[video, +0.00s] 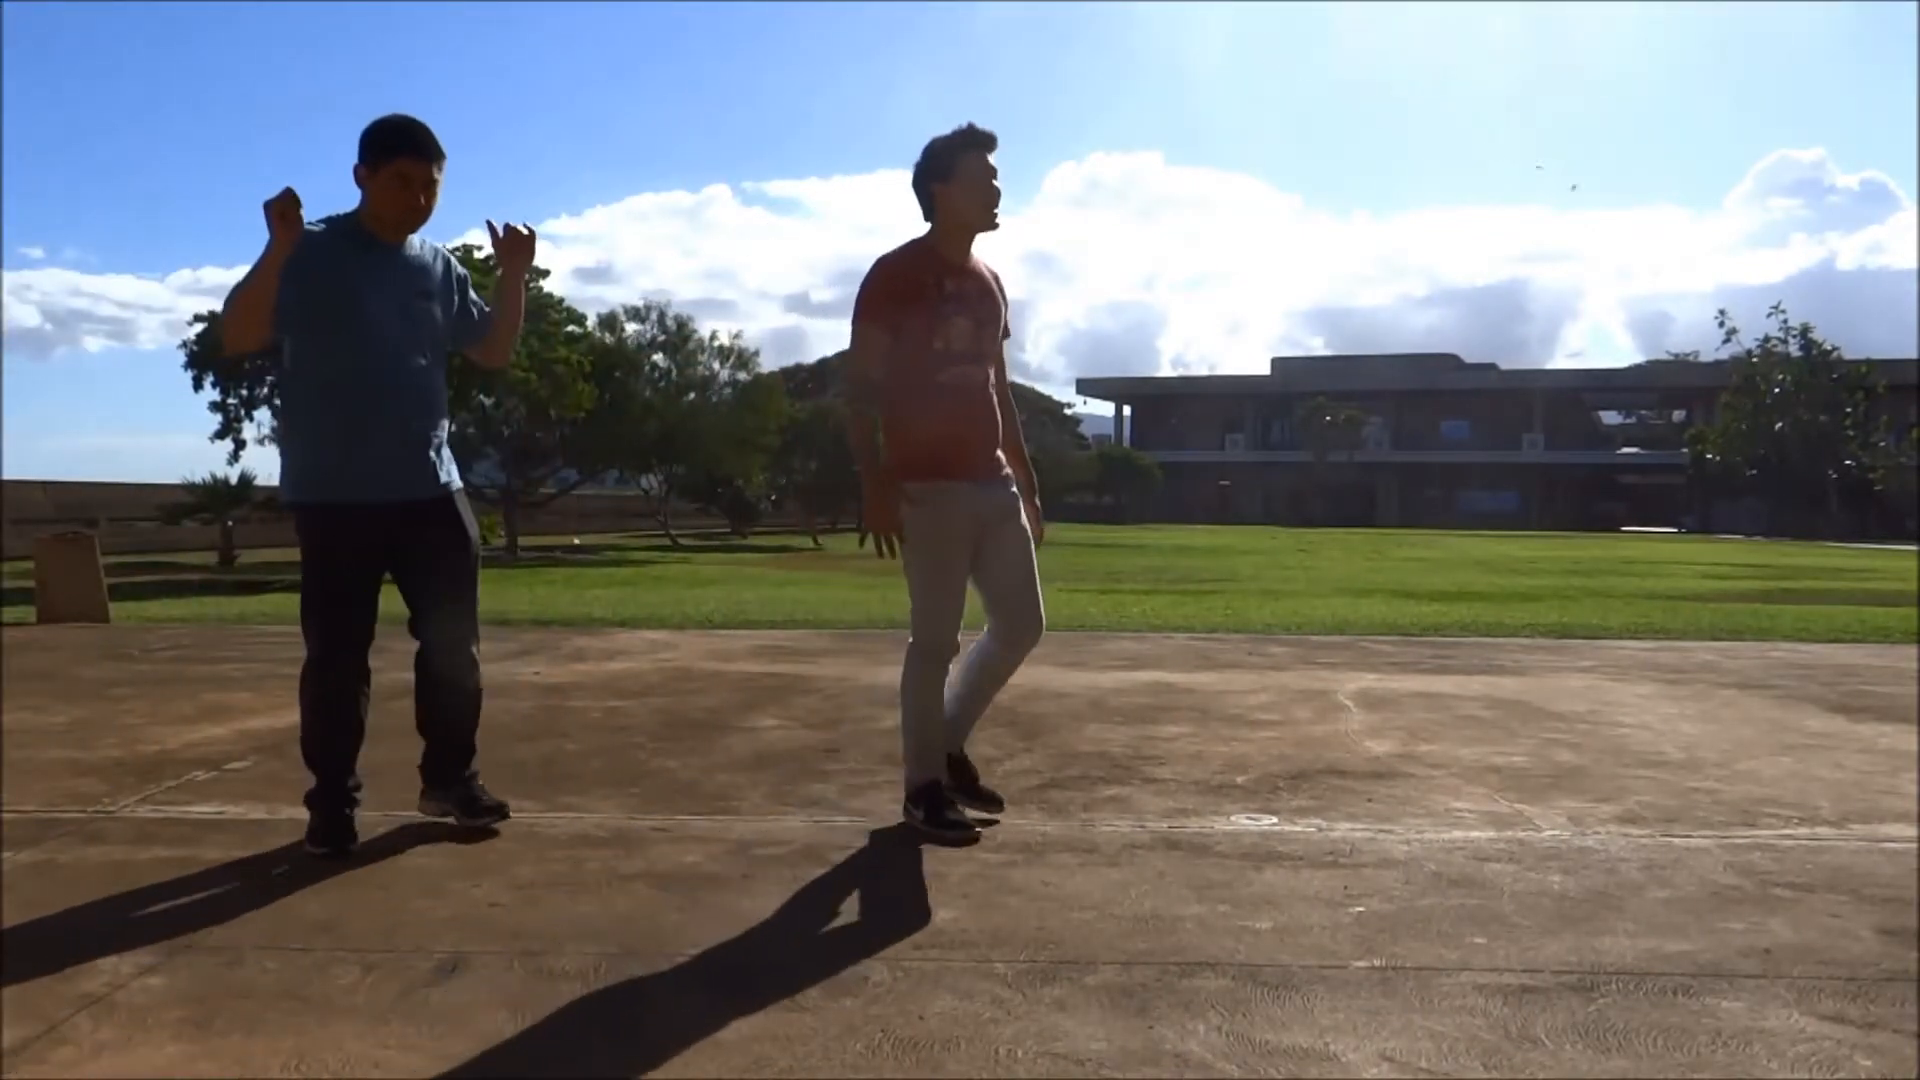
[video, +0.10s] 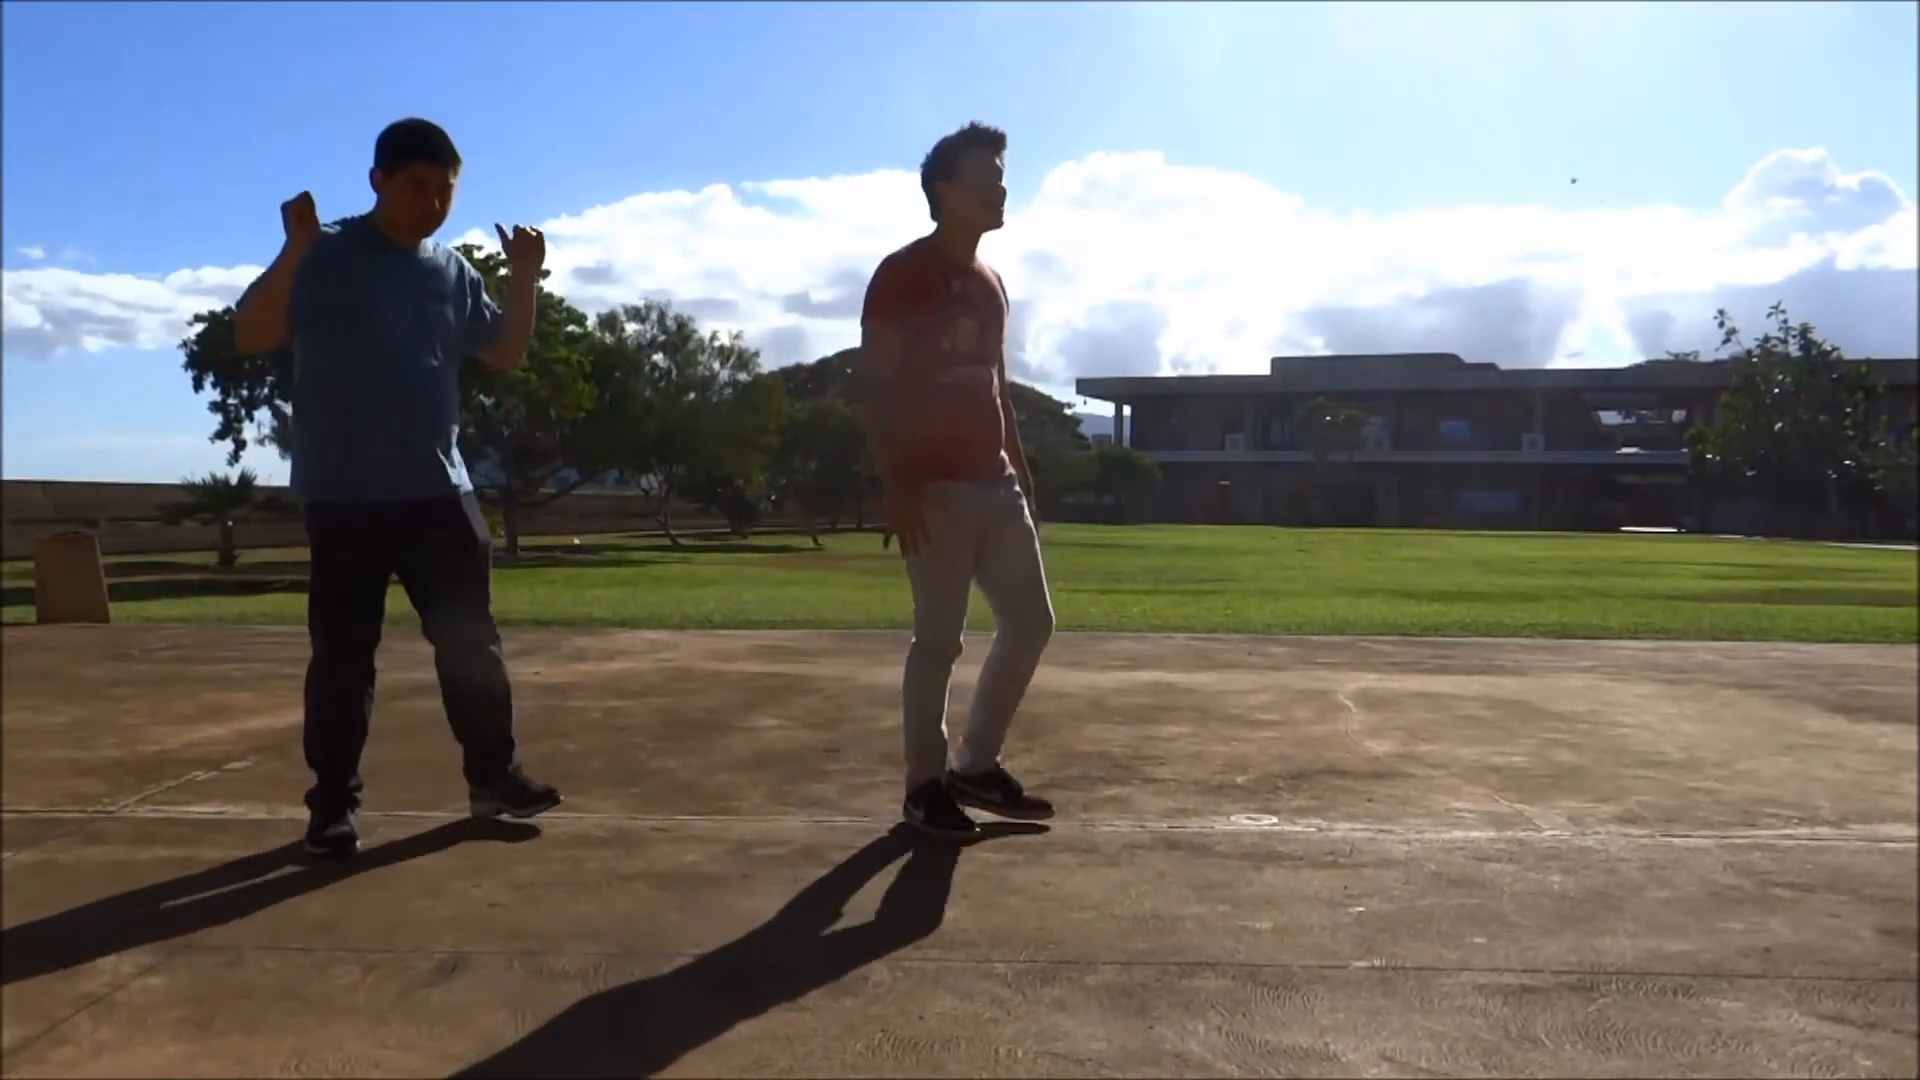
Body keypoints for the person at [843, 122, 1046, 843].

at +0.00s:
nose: (999, 188)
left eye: (995, 175)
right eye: (984, 176)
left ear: (969, 191)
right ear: (939, 190)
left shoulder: (987, 282)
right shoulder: (892, 275)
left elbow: (998, 392)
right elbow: (859, 390)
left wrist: (1028, 485)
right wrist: (873, 487)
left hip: (994, 486)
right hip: (929, 489)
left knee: (1020, 624)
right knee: (934, 640)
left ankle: (944, 745)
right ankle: (924, 789)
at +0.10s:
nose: (1003, 188)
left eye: (1002, 176)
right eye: (988, 176)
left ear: (983, 191)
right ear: (944, 188)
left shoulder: (991, 283)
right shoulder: (900, 274)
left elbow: (995, 390)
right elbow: (876, 391)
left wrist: (1018, 471)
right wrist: (897, 489)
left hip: (996, 485)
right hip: (933, 488)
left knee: (1029, 624)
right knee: (937, 640)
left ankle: (976, 768)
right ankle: (925, 787)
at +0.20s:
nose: (1012, 188)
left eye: (1011, 176)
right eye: (998, 176)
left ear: (989, 191)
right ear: (952, 186)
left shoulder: (993, 283)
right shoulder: (910, 274)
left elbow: (991, 385)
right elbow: (891, 387)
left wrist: (1012, 462)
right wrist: (922, 482)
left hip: (999, 487)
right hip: (939, 489)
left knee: (1039, 623)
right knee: (942, 642)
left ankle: (1013, 781)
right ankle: (925, 791)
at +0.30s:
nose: (1023, 189)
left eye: (1021, 176)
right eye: (1010, 176)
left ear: (992, 190)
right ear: (966, 188)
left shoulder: (993, 287)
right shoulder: (919, 273)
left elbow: (990, 390)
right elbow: (912, 388)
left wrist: (1014, 467)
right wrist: (947, 471)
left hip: (999, 479)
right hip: (938, 482)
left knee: (1046, 621)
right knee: (946, 639)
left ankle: (1049, 784)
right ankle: (925, 790)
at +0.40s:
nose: (1035, 191)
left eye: (1033, 179)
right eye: (1022, 178)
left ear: (1003, 191)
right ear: (977, 189)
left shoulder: (995, 286)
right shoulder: (933, 271)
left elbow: (993, 388)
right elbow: (924, 388)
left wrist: (1014, 465)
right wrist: (972, 470)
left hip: (1003, 474)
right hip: (947, 479)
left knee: (1047, 625)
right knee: (949, 638)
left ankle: (1075, 785)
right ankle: (926, 792)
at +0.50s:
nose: (1048, 188)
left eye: (1043, 175)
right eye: (1035, 176)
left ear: (1011, 191)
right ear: (996, 191)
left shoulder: (1005, 285)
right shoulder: (951, 271)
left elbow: (1001, 391)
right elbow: (941, 388)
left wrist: (1018, 474)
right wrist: (994, 471)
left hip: (1007, 478)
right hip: (956, 481)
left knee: (1046, 630)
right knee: (953, 638)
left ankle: (1081, 787)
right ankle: (926, 791)